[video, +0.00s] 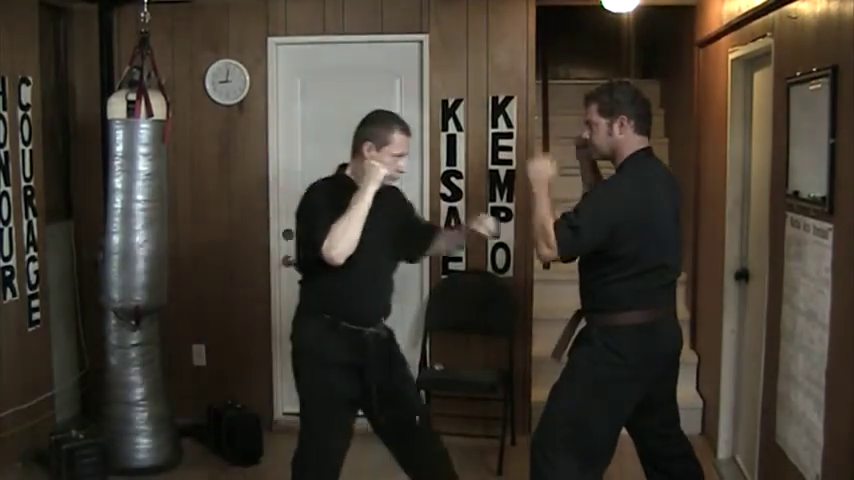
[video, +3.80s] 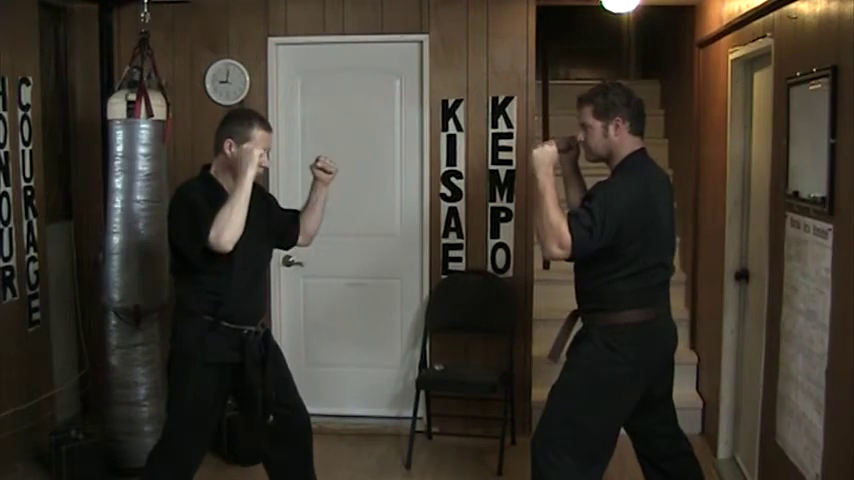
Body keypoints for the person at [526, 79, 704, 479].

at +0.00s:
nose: (586, 135)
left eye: (591, 125)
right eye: (585, 125)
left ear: (621, 126)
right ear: (626, 126)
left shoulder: (621, 187)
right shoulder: (662, 179)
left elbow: (550, 247)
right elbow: (602, 220)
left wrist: (540, 185)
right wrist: (587, 163)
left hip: (616, 342)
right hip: (659, 337)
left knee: (557, 455)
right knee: (666, 449)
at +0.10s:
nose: (585, 136)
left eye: (590, 126)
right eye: (585, 126)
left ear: (620, 126)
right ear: (628, 126)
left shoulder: (618, 189)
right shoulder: (663, 180)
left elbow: (548, 253)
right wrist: (595, 169)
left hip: (617, 342)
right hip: (661, 336)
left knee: (557, 454)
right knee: (666, 450)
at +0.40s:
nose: (583, 140)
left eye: (588, 129)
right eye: (583, 130)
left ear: (618, 127)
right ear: (624, 127)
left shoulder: (623, 191)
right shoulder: (660, 181)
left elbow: (556, 265)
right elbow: (601, 231)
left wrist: (548, 252)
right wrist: (584, 172)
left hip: (621, 341)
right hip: (658, 335)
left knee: (559, 452)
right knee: (664, 449)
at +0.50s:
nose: (581, 141)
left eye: (587, 130)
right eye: (581, 131)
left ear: (618, 129)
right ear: (619, 129)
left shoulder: (633, 186)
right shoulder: (631, 178)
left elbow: (586, 260)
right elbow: (575, 221)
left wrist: (555, 205)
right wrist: (544, 185)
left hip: (625, 341)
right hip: (645, 333)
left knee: (562, 454)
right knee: (663, 450)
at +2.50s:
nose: (588, 136)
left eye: (594, 126)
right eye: (588, 127)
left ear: (625, 127)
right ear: (628, 127)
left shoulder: (631, 185)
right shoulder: (661, 179)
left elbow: (562, 243)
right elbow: (599, 227)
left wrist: (548, 170)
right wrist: (581, 167)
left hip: (618, 342)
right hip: (655, 336)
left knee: (556, 455)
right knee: (665, 450)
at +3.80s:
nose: (582, 138)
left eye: (586, 128)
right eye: (580, 129)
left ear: (616, 126)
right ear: (621, 127)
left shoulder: (625, 185)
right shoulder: (654, 179)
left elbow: (560, 244)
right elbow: (587, 229)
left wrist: (543, 173)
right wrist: (571, 170)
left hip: (615, 342)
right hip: (651, 335)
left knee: (556, 455)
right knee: (664, 449)